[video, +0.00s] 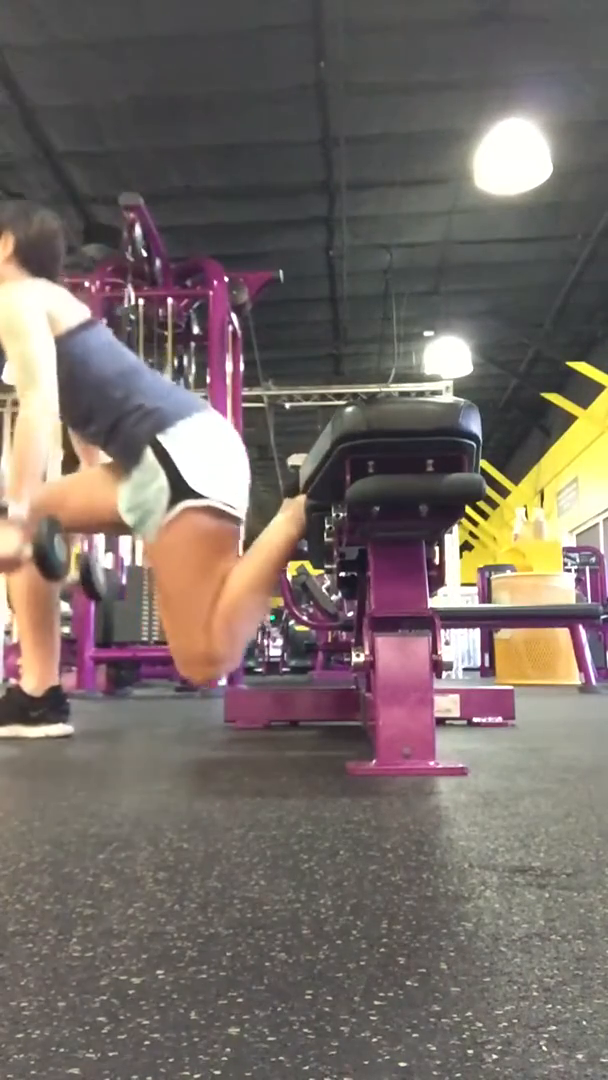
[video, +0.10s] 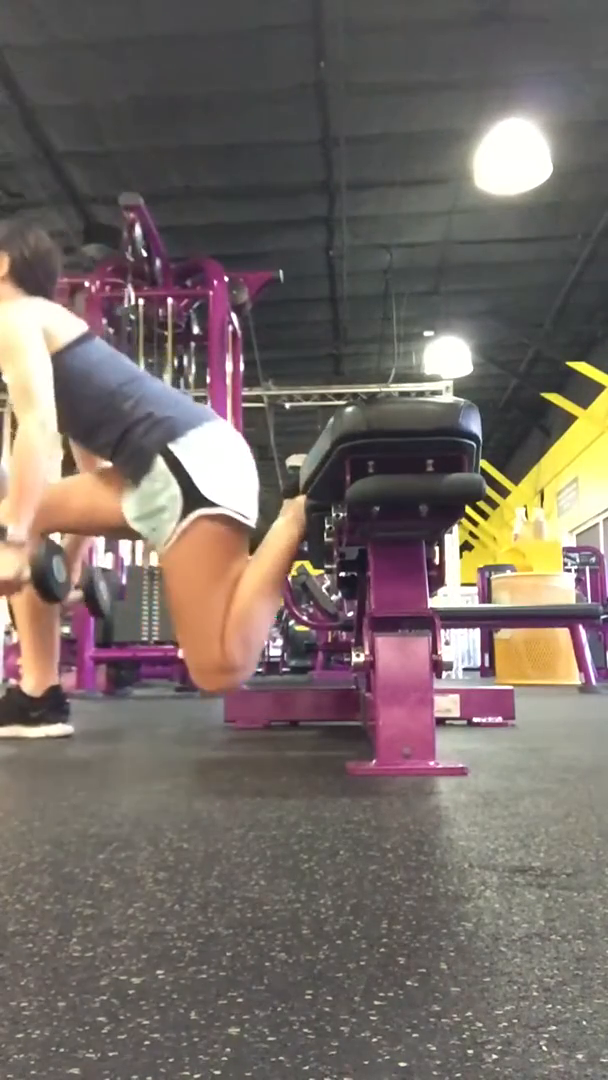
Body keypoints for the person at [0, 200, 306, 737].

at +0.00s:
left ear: (6, 244)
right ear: (32, 249)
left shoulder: (22, 297)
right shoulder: (53, 307)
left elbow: (39, 405)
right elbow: (92, 448)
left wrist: (18, 513)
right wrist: (58, 533)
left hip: (183, 452)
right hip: (142, 470)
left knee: (202, 660)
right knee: (25, 514)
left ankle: (301, 512)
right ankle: (38, 693)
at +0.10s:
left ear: (6, 266)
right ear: (37, 272)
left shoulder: (19, 316)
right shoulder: (52, 328)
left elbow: (38, 429)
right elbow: (95, 468)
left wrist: (17, 537)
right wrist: (71, 558)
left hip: (191, 463)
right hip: (150, 478)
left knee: (216, 667)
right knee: (19, 510)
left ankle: (300, 514)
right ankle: (37, 694)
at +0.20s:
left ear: (3, 271)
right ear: (28, 277)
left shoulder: (17, 324)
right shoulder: (50, 336)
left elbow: (38, 438)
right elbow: (96, 472)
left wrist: (17, 545)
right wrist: (75, 564)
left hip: (192, 465)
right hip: (150, 481)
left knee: (223, 671)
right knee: (18, 510)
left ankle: (300, 515)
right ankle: (37, 694)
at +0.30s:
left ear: (4, 267)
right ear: (33, 272)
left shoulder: (18, 316)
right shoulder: (48, 330)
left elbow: (37, 432)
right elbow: (99, 469)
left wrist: (15, 535)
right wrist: (74, 563)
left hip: (189, 462)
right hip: (147, 478)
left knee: (217, 668)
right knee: (19, 508)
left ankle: (301, 514)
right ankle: (37, 694)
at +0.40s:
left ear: (3, 244)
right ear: (32, 248)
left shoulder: (17, 292)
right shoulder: (48, 305)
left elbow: (33, 402)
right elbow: (100, 444)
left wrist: (14, 510)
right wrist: (75, 533)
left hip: (180, 450)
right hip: (139, 464)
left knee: (201, 658)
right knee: (23, 513)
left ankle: (301, 514)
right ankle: (36, 694)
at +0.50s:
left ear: (5, 207)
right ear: (26, 212)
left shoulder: (15, 260)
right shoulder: (40, 270)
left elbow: (30, 377)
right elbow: (110, 404)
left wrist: (14, 475)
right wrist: (84, 512)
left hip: (165, 426)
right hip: (133, 441)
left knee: (178, 635)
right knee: (14, 511)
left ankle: (303, 507)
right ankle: (37, 693)